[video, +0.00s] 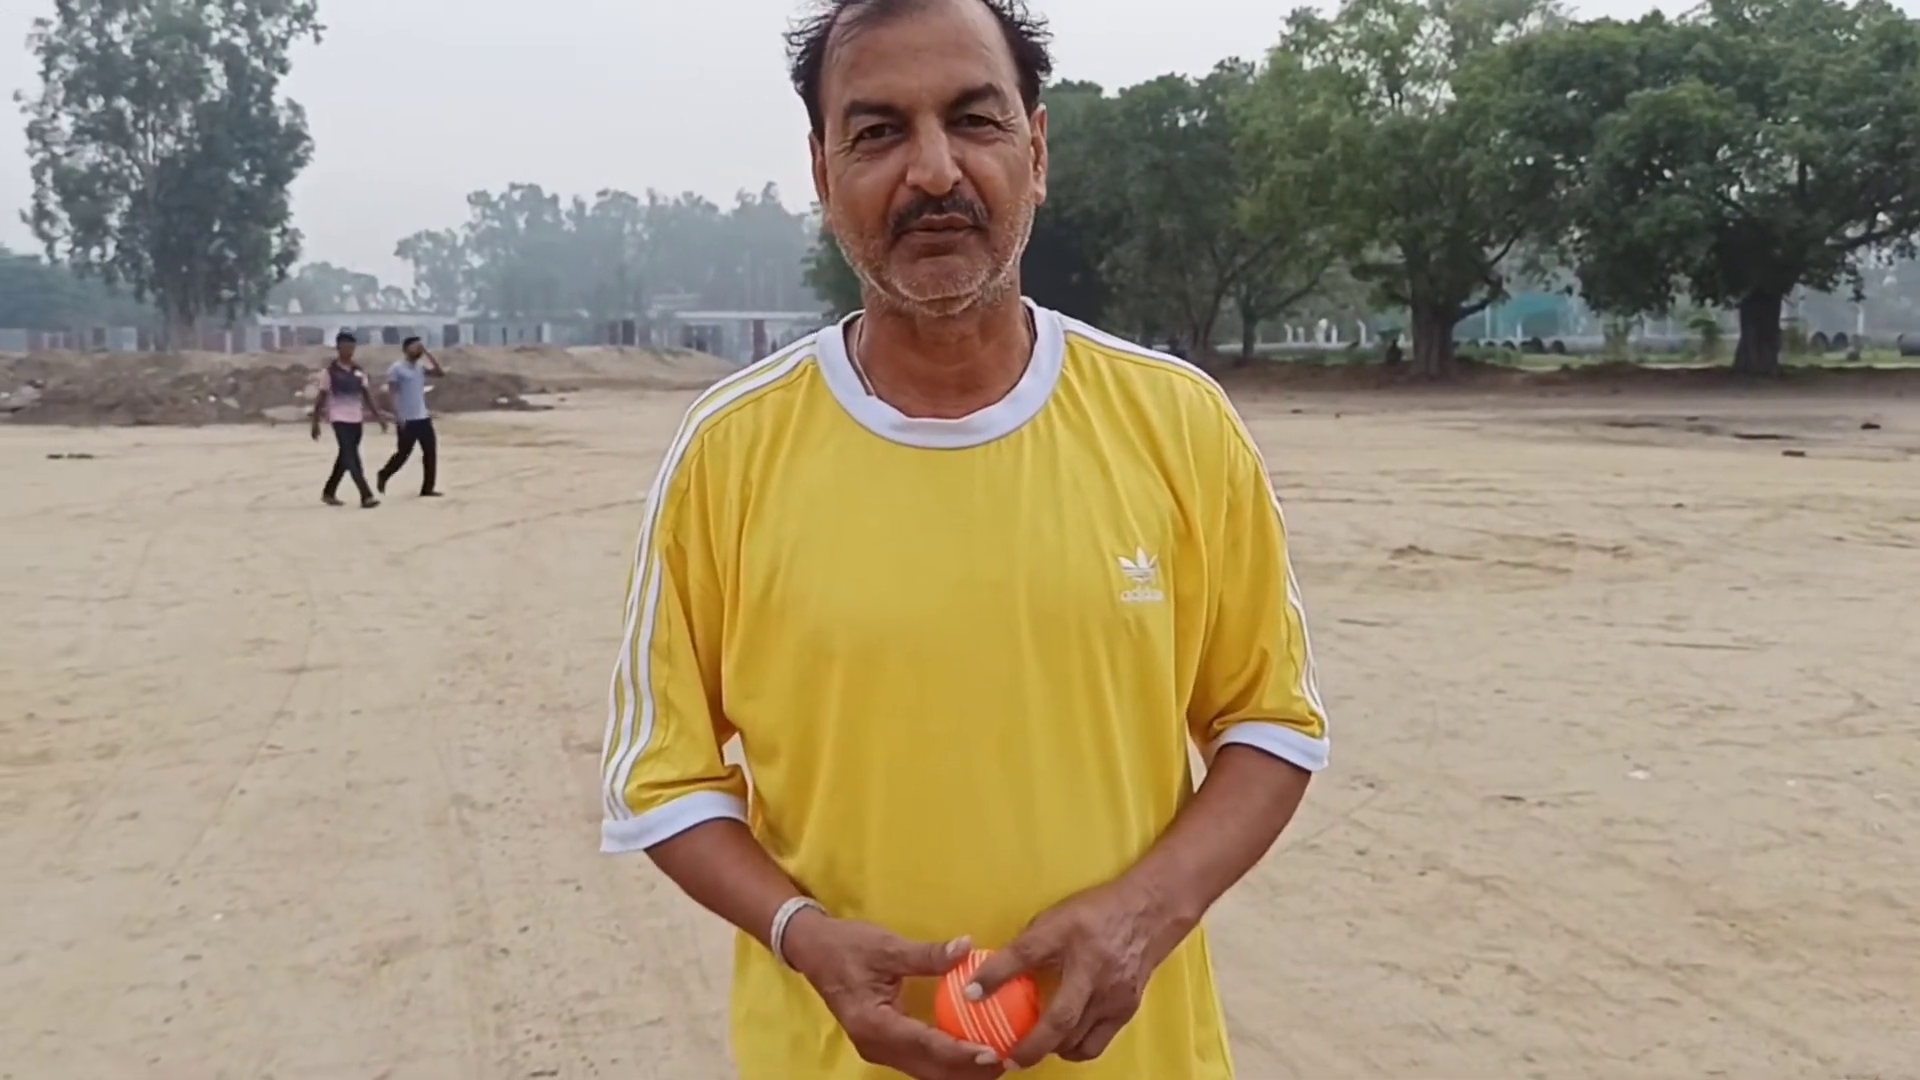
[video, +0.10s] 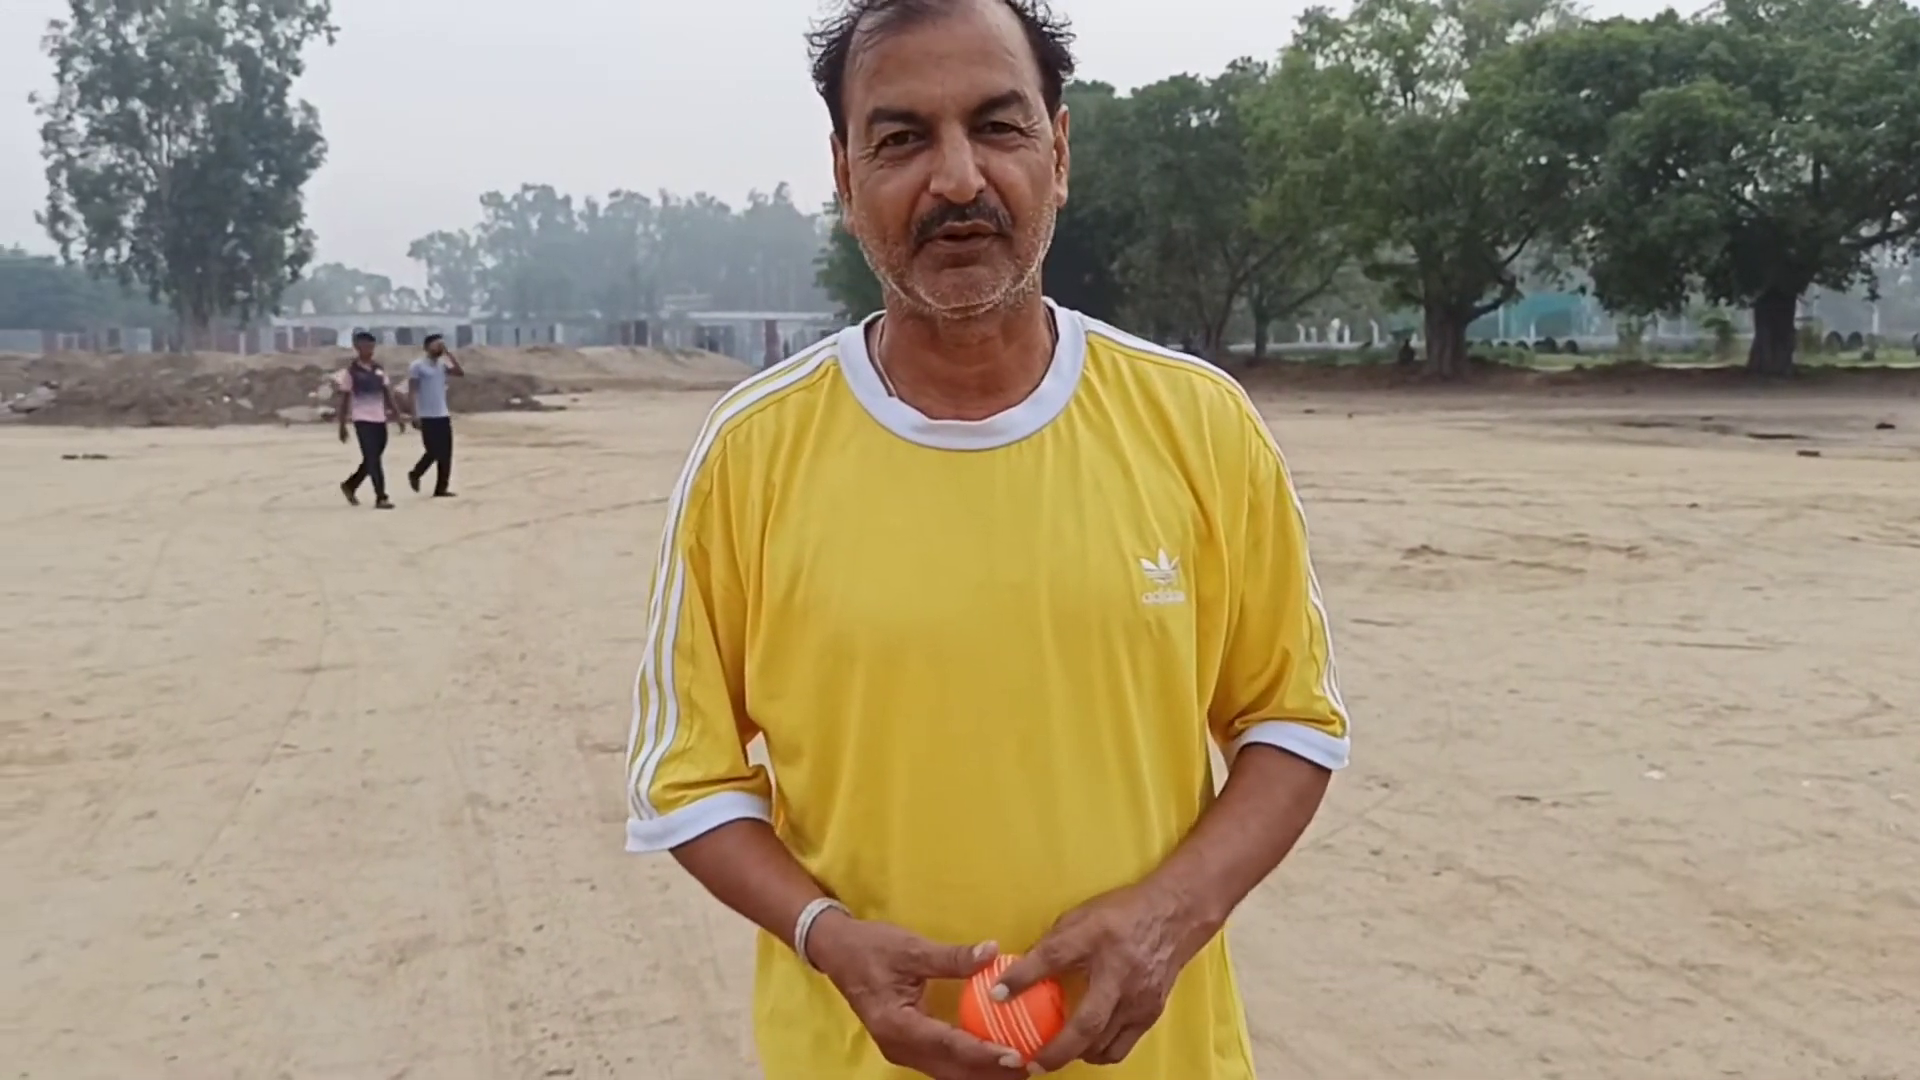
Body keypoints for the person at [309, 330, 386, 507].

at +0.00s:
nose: (348, 351)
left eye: (351, 348)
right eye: (344, 347)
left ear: (354, 348)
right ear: (338, 348)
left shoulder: (359, 372)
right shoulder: (329, 372)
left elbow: (367, 397)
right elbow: (321, 398)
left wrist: (379, 416)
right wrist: (315, 423)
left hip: (356, 420)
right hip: (339, 419)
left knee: (344, 458)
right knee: (351, 458)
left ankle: (329, 491)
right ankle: (366, 495)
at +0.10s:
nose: (368, 351)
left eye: (371, 347)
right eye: (364, 347)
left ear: (374, 348)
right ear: (357, 348)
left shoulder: (379, 370)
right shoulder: (350, 372)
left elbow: (389, 395)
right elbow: (344, 399)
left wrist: (398, 416)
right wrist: (342, 425)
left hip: (379, 418)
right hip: (362, 418)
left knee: (373, 457)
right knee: (372, 457)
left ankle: (350, 484)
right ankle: (381, 495)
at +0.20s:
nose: (382, 349)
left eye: (384, 345)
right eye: (378, 345)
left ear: (389, 346)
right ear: (372, 346)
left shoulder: (394, 368)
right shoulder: (367, 370)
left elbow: (401, 394)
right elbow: (364, 398)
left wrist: (410, 414)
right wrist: (367, 423)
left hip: (396, 418)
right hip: (379, 418)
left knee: (402, 452)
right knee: (385, 456)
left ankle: (377, 478)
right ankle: (390, 494)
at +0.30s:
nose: (394, 347)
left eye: (396, 344)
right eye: (390, 344)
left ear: (401, 345)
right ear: (385, 345)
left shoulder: (407, 367)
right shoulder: (379, 369)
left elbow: (413, 392)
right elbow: (380, 396)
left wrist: (419, 412)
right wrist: (388, 418)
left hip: (410, 417)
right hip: (392, 418)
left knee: (418, 453)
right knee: (392, 460)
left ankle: (402, 484)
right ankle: (396, 495)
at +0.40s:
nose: (405, 347)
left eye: (408, 343)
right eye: (402, 343)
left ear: (411, 344)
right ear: (395, 344)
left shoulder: (417, 367)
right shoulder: (390, 369)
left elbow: (423, 394)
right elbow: (392, 396)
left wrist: (429, 414)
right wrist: (409, 415)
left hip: (420, 418)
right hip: (400, 419)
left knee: (429, 458)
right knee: (399, 460)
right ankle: (399, 496)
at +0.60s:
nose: (430, 348)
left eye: (433, 344)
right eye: (427, 344)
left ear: (436, 345)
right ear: (420, 345)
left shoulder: (441, 368)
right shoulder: (415, 369)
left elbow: (445, 393)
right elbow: (415, 397)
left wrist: (450, 413)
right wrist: (435, 414)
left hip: (444, 420)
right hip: (425, 420)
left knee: (449, 460)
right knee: (417, 459)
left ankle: (452, 496)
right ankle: (407, 493)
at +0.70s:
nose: (443, 347)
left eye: (446, 343)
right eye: (440, 343)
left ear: (449, 345)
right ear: (433, 344)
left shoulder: (452, 367)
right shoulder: (427, 368)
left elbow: (457, 393)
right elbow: (425, 395)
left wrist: (463, 415)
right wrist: (436, 417)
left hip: (458, 418)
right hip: (439, 419)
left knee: (459, 461)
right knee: (435, 457)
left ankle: (457, 497)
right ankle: (416, 484)